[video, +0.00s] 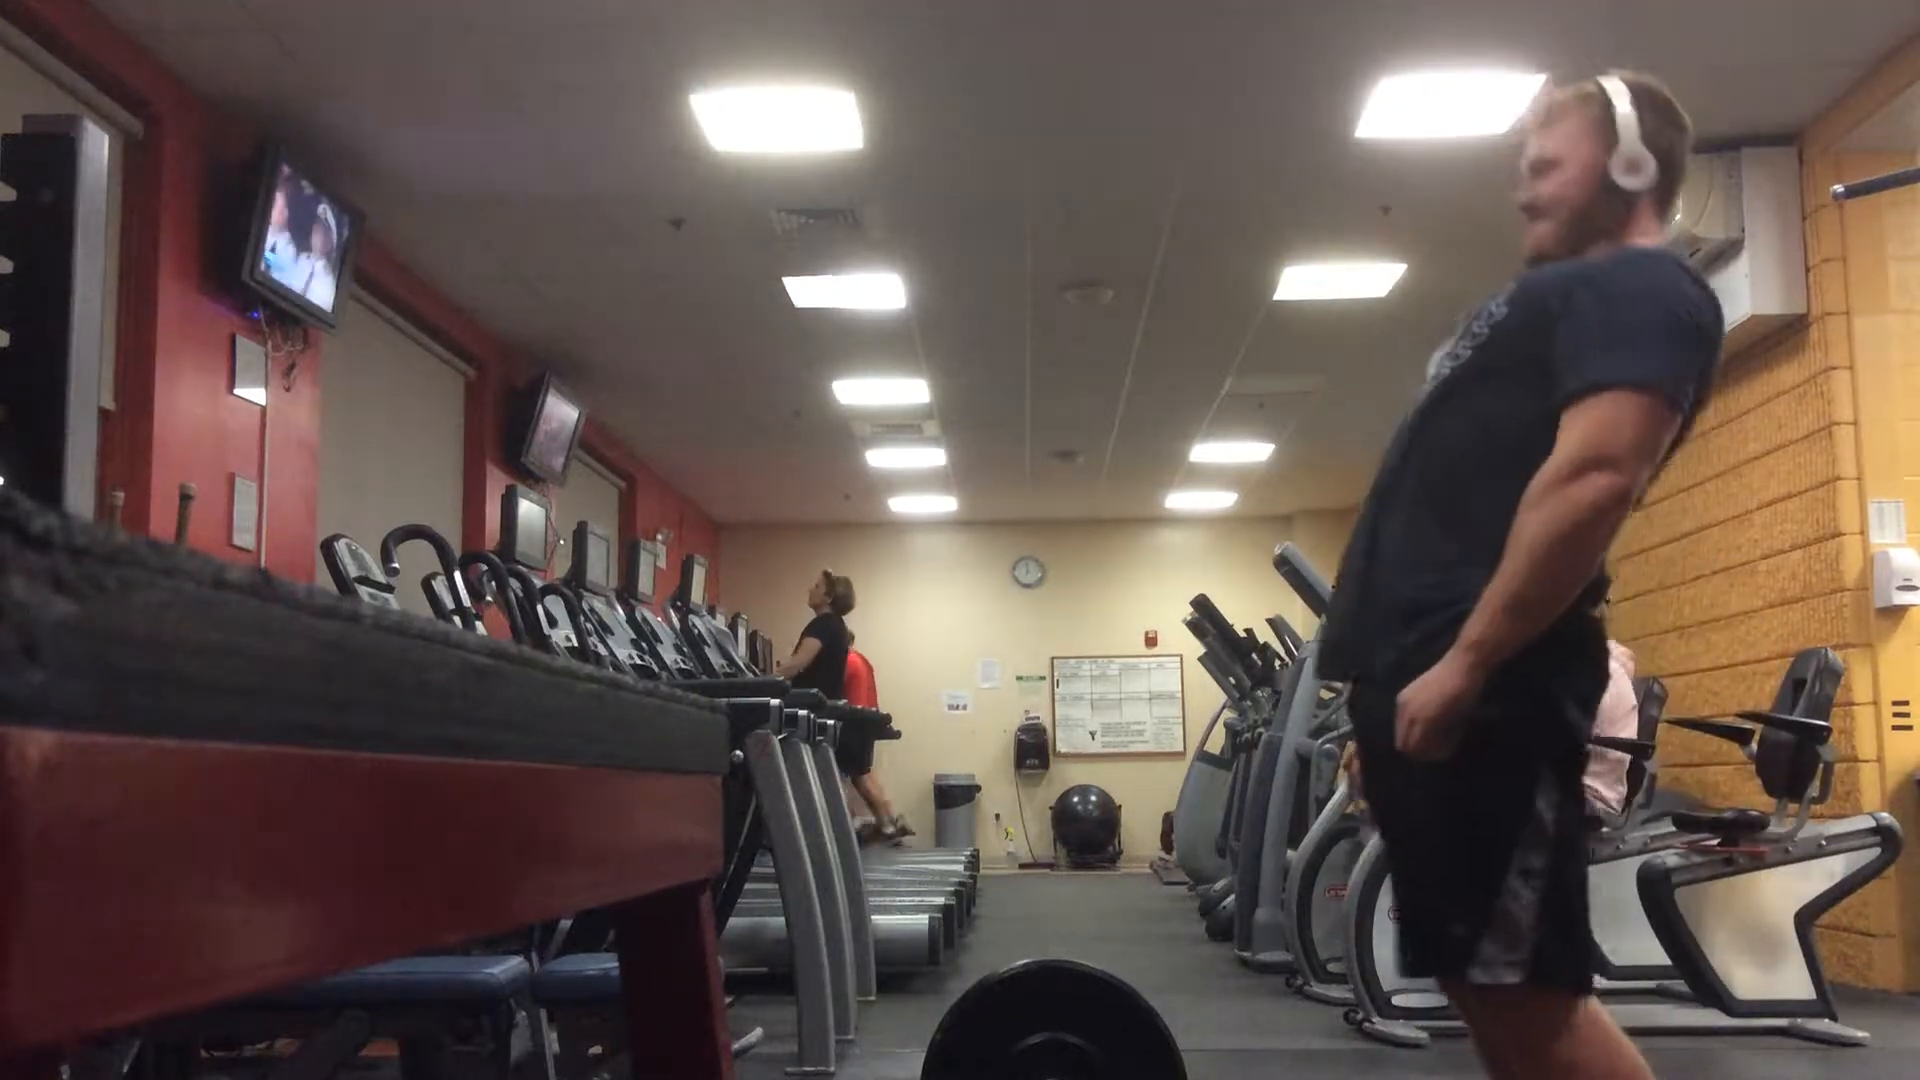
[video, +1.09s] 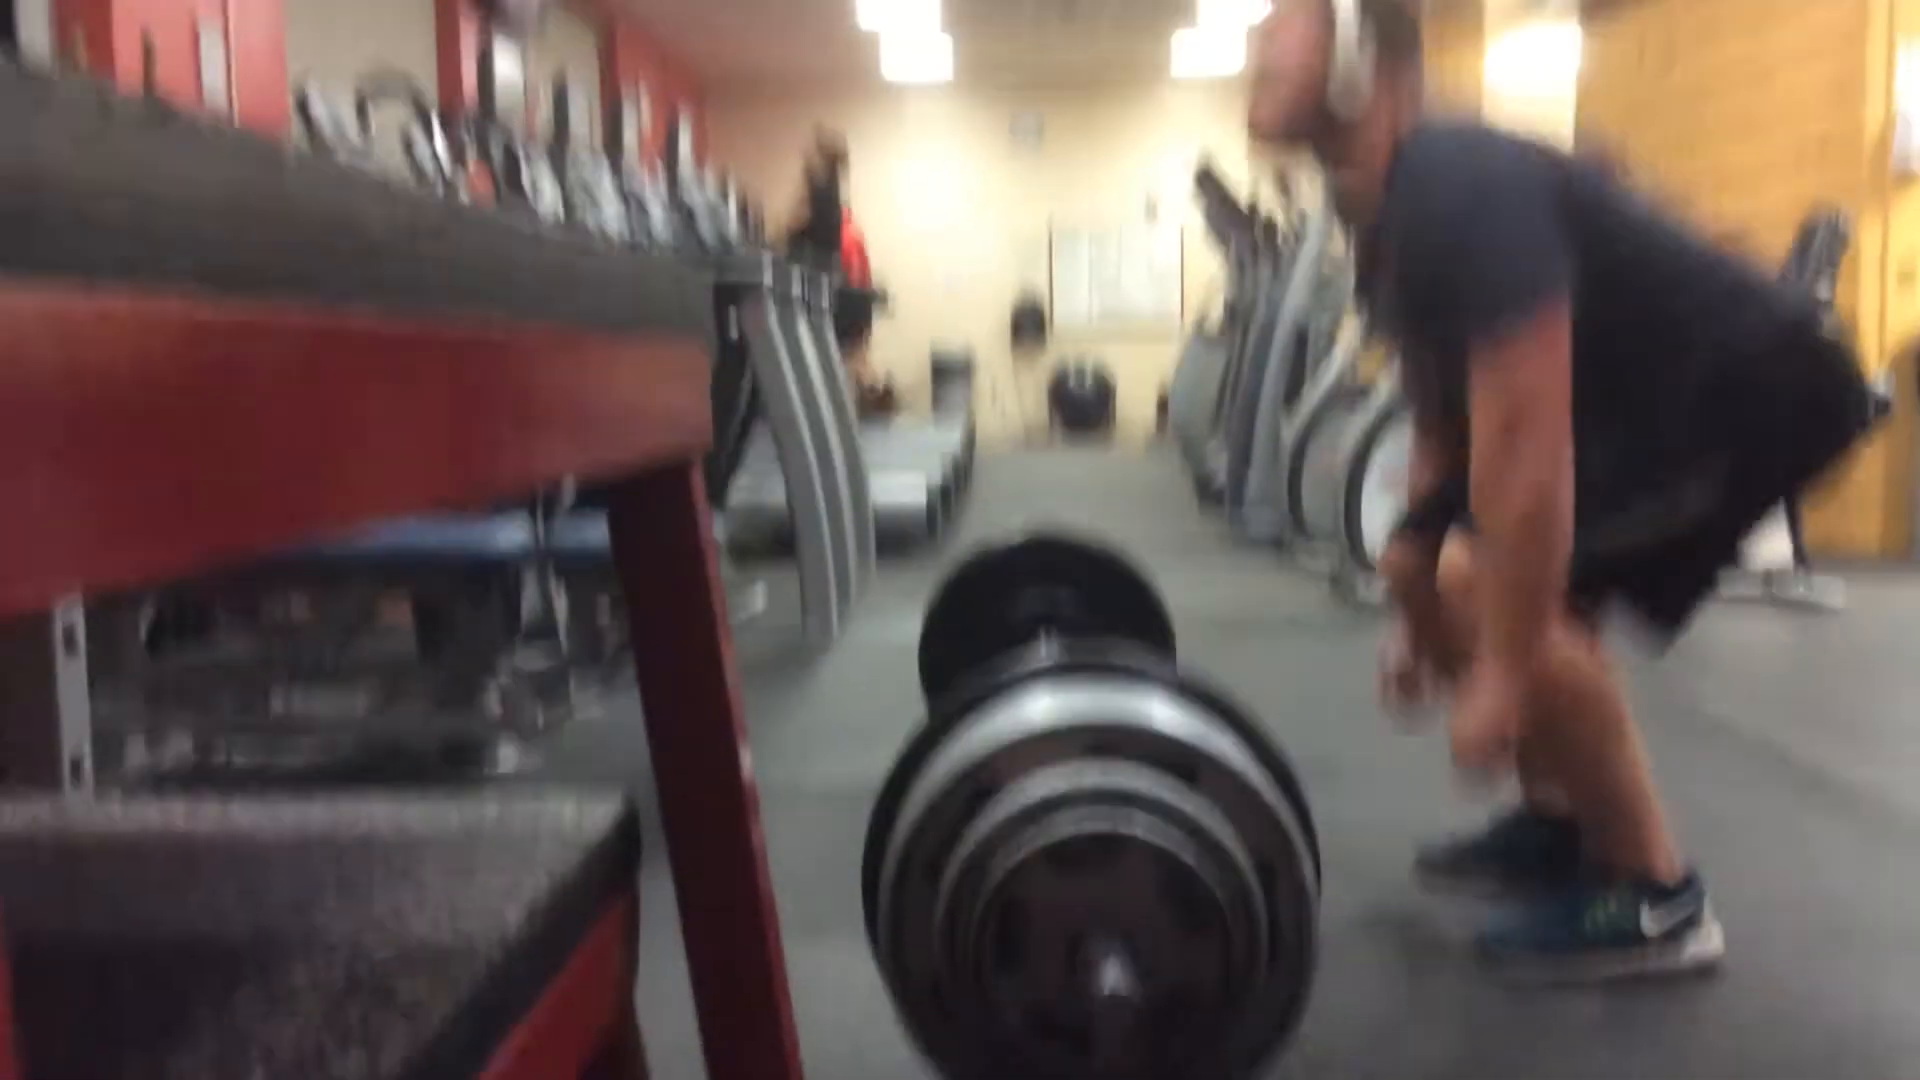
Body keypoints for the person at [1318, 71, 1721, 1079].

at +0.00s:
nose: (1521, 187)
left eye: (1544, 164)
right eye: (1522, 169)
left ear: (1629, 170)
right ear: (1606, 176)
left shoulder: (1639, 283)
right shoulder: (1545, 299)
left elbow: (1595, 477)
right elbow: (1461, 502)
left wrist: (1465, 664)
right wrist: (1385, 700)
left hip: (1496, 693)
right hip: (1436, 689)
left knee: (1531, 1010)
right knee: (1493, 1001)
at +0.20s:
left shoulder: (1661, 19)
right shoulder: (1592, 29)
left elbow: (1591, 215)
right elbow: (1565, 216)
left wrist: (1458, 384)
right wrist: (1424, 374)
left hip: (1518, 387)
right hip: (1465, 382)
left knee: (1535, 697)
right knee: (1484, 686)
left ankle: (1664, 1021)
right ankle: (1575, 958)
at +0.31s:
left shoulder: (1624, 4)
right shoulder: (1486, 19)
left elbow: (1596, 88)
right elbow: (1461, 135)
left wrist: (1464, 289)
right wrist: (1390, 323)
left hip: (1540, 299)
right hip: (1471, 300)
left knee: (1549, 611)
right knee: (1494, 601)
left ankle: (1657, 936)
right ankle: (1570, 873)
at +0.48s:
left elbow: (1571, 17)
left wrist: (1480, 226)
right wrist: (1440, 253)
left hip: (1598, 169)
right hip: (1512, 176)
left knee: (1569, 526)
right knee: (1504, 514)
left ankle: (1655, 860)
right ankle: (1569, 797)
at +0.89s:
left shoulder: (1517, 10)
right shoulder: (1420, 18)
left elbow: (1536, 145)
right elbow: (1449, 167)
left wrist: (1515, 377)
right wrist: (1444, 366)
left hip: (1759, 133)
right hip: (1655, 142)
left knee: (1577, 435)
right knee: (1489, 418)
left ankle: (1650, 762)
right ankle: (1566, 690)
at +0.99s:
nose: (1325, 15)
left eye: (1321, 8)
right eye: (1318, 13)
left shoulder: (1485, 37)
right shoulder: (1405, 74)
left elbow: (1531, 272)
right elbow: (1444, 272)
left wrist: (1506, 497)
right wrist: (1437, 444)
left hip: (1753, 265)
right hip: (1662, 270)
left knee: (1547, 479)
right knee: (1502, 461)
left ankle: (1646, 800)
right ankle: (1556, 737)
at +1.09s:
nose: (1254, 94)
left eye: (1277, 70)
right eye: (1258, 69)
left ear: (1368, 77)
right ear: (1343, 83)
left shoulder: (1469, 187)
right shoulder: (1390, 218)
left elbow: (1527, 437)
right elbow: (1444, 420)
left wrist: (1504, 671)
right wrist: (1414, 594)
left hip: (1757, 394)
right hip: (1659, 396)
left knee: (1512, 597)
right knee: (1446, 571)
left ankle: (1654, 892)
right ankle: (1560, 822)